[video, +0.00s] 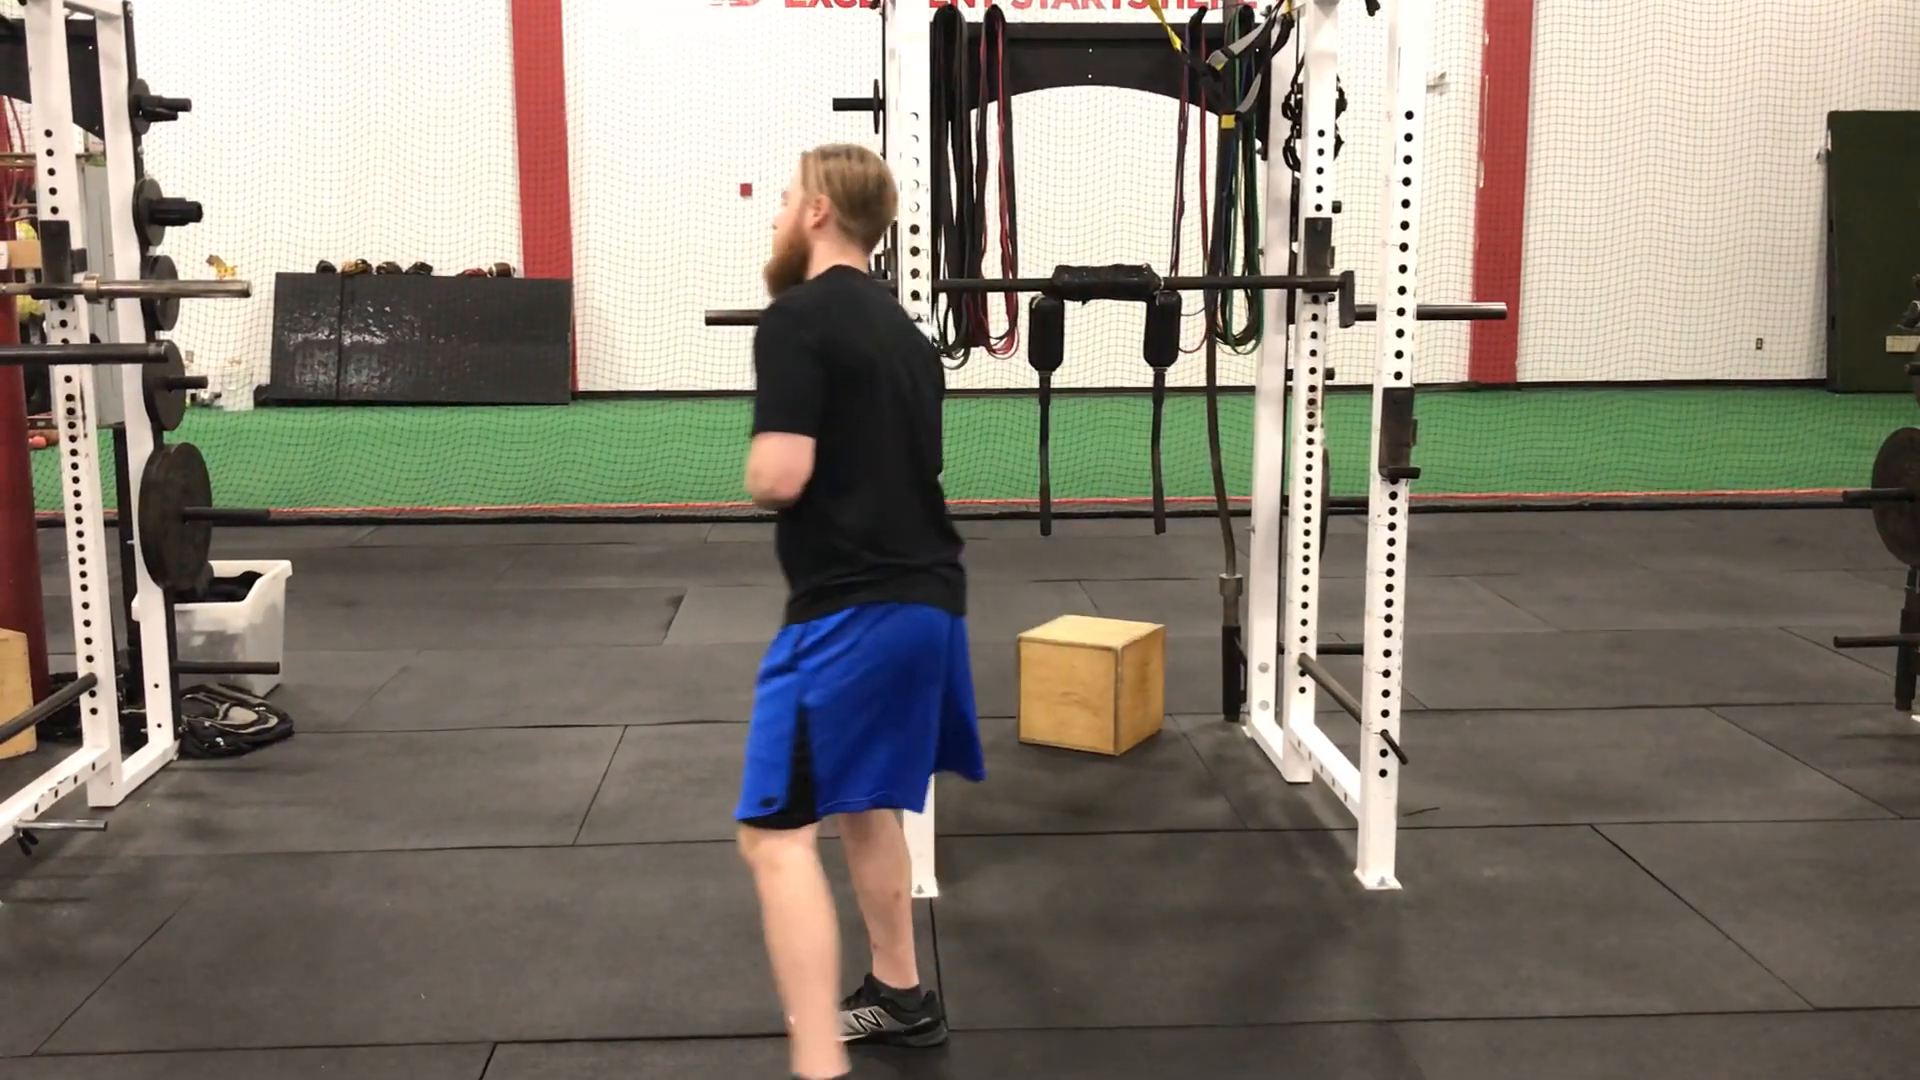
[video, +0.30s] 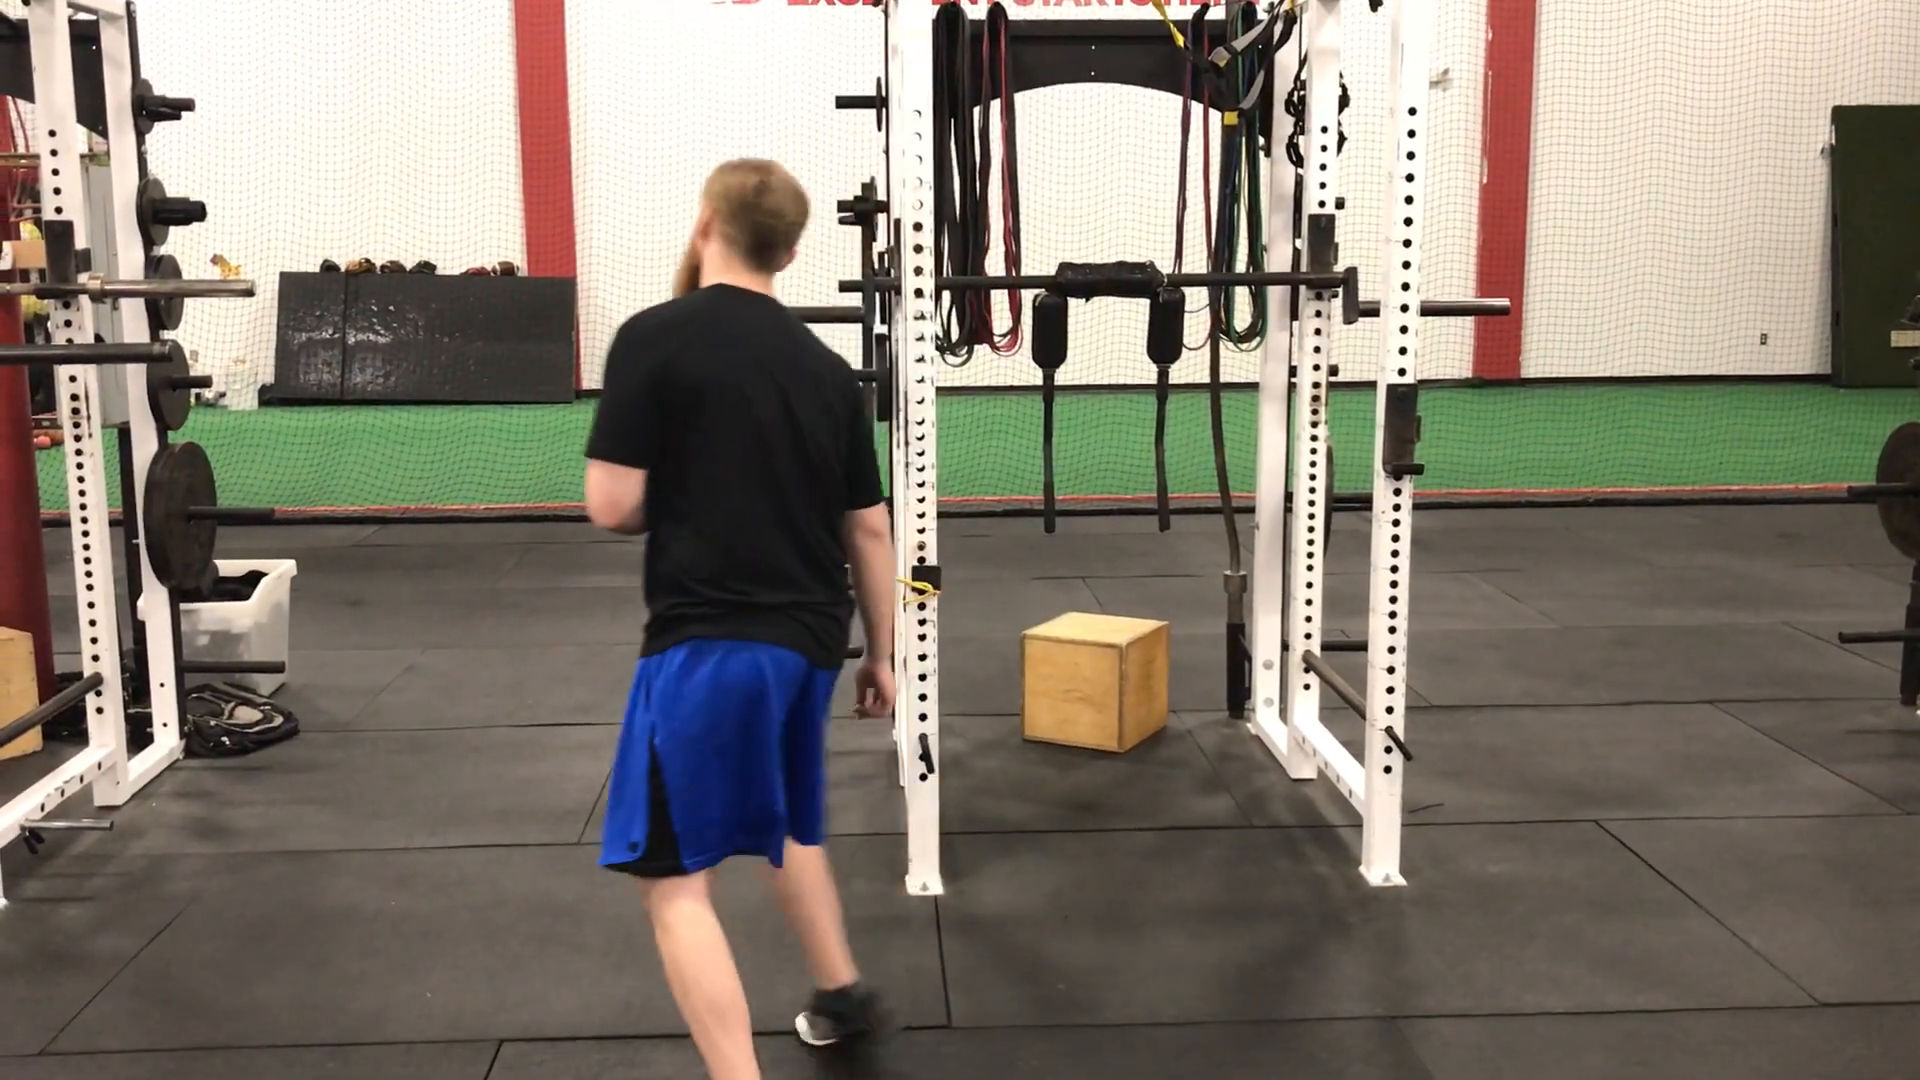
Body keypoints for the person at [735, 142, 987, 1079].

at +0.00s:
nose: (776, 212)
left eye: (785, 196)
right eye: (782, 195)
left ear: (814, 211)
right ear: (867, 222)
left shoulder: (799, 316)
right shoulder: (906, 330)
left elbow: (778, 477)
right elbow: (910, 466)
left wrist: (761, 475)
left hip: (850, 615)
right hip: (927, 607)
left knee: (773, 834)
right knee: (865, 802)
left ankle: (819, 1067)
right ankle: (901, 993)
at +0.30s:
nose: (689, 233)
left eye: (695, 220)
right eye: (699, 219)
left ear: (705, 231)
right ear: (787, 250)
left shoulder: (658, 338)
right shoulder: (830, 371)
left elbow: (612, 504)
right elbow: (871, 528)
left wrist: (690, 477)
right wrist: (883, 652)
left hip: (701, 651)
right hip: (805, 652)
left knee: (673, 880)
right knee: (786, 823)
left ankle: (738, 1075)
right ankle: (843, 993)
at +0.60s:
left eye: (606, 271)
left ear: (607, 277)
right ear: (699, 298)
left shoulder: (529, 367)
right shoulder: (739, 412)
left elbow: (492, 528)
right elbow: (778, 571)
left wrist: (577, 519)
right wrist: (785, 715)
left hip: (599, 673)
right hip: (714, 679)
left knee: (627, 924)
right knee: (588, 849)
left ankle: (729, 1076)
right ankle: (516, 1007)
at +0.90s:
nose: (674, 414)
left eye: (678, 400)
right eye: (679, 400)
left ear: (593, 368)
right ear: (659, 396)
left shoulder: (479, 404)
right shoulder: (642, 499)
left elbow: (406, 537)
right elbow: (651, 655)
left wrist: (494, 550)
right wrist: (649, 808)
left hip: (443, 678)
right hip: (563, 703)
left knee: (423, 930)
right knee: (508, 839)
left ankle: (582, 1064)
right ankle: (472, 1025)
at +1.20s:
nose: (649, 517)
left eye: (654, 505)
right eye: (653, 504)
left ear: (574, 466)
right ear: (635, 494)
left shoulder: (463, 489)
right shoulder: (606, 571)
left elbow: (361, 597)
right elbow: (642, 743)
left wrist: (406, 678)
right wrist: (662, 870)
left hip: (363, 707)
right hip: (495, 740)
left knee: (245, 921)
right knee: (509, 817)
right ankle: (469, 1011)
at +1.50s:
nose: (704, 624)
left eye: (703, 609)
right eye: (707, 612)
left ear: (624, 578)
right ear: (689, 612)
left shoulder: (529, 598)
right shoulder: (662, 696)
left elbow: (410, 681)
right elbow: (742, 834)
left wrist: (474, 730)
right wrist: (812, 933)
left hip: (385, 806)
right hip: (500, 858)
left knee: (246, 981)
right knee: (569, 829)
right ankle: (463, 1004)